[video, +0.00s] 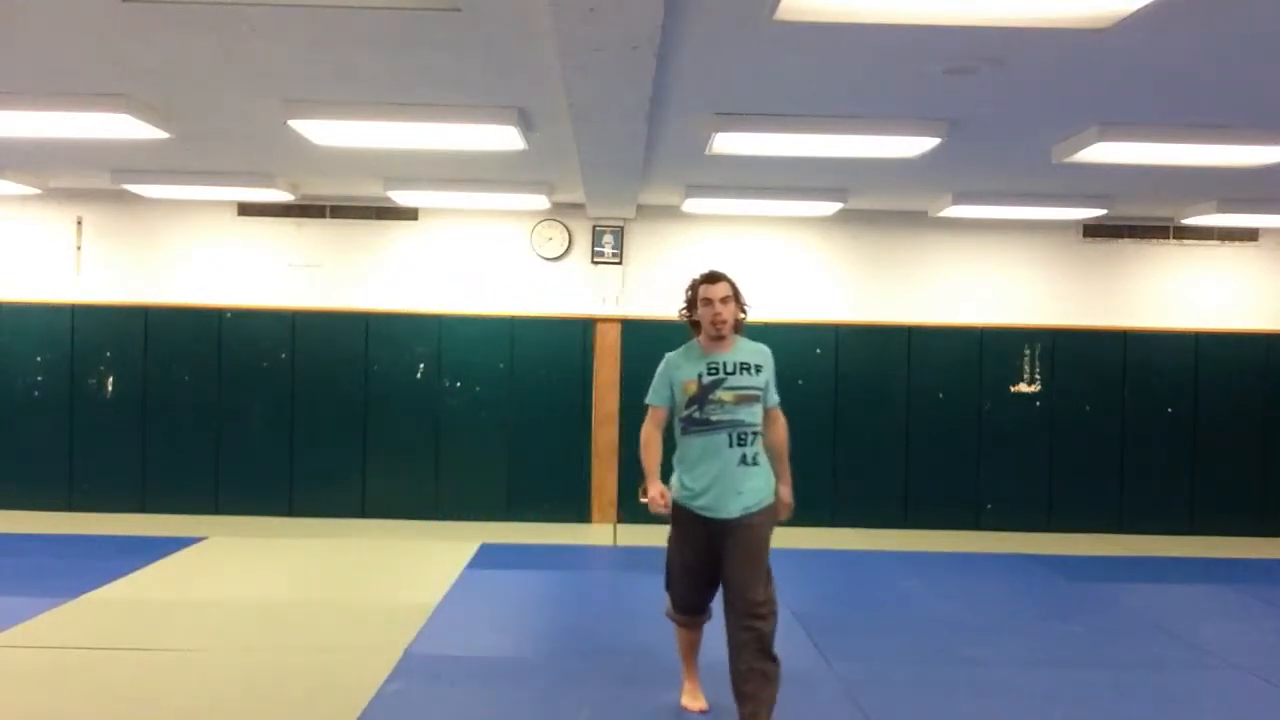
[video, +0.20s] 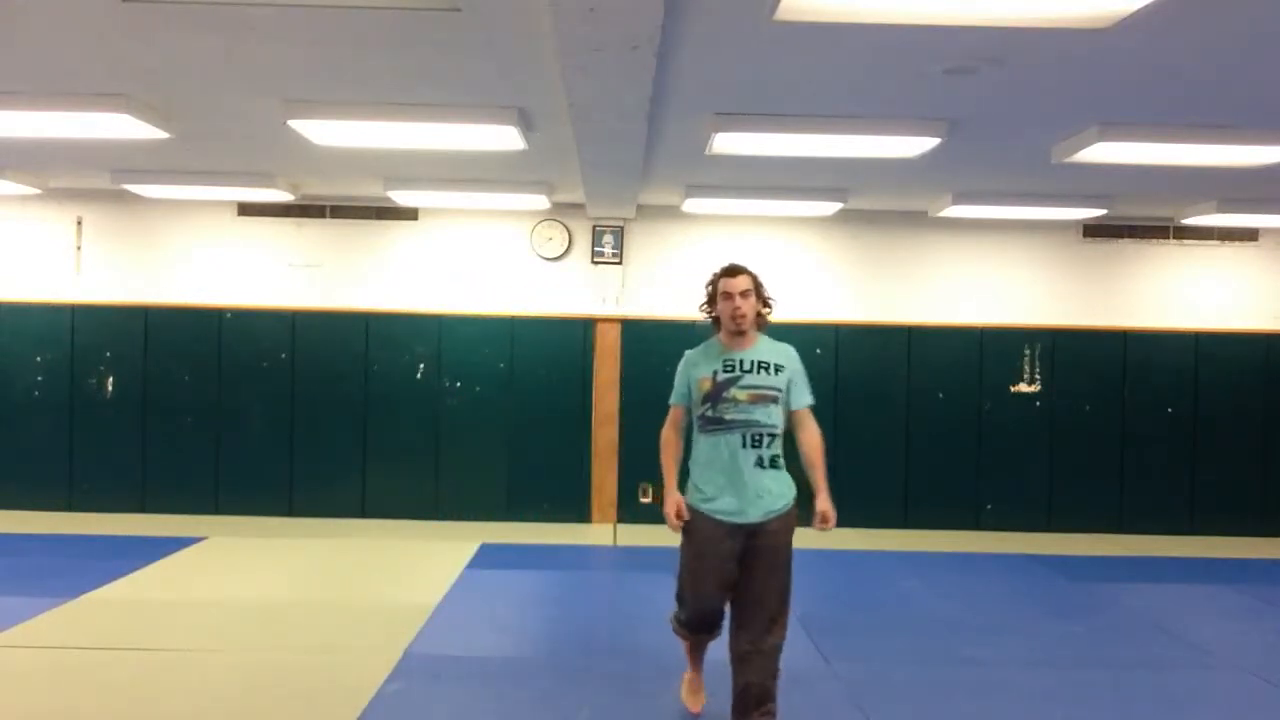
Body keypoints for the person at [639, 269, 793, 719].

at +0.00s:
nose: (717, 310)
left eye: (725, 301)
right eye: (707, 303)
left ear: (738, 307)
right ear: (695, 310)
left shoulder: (760, 356)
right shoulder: (675, 363)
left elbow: (773, 420)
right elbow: (652, 425)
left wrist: (783, 480)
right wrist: (653, 478)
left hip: (752, 503)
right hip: (693, 504)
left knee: (752, 613)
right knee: (688, 602)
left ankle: (756, 710)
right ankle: (690, 678)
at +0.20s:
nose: (737, 304)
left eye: (745, 295)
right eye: (728, 296)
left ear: (759, 302)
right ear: (714, 305)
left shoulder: (785, 357)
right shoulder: (694, 361)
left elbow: (805, 426)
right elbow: (674, 427)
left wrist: (821, 491)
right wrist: (670, 489)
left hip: (772, 509)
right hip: (709, 508)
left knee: (763, 629)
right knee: (699, 612)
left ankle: (757, 713)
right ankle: (695, 668)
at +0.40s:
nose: (741, 302)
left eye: (750, 292)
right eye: (731, 294)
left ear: (765, 299)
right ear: (718, 303)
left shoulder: (796, 353)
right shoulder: (702, 360)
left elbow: (823, 414)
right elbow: (687, 429)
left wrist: (828, 456)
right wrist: (681, 482)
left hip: (776, 515)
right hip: (711, 511)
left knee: (769, 627)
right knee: (706, 617)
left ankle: (758, 714)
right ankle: (706, 714)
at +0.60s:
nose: (729, 305)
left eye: (737, 294)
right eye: (718, 297)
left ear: (754, 301)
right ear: (706, 308)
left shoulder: (788, 355)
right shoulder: (694, 367)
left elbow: (818, 424)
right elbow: (685, 437)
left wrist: (797, 443)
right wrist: (681, 497)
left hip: (777, 526)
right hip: (710, 525)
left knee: (769, 651)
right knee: (713, 645)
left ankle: (759, 716)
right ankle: (711, 718)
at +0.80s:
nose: (712, 299)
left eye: (721, 287)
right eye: (701, 290)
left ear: (739, 294)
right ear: (689, 302)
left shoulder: (776, 346)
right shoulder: (677, 363)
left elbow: (804, 417)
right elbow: (670, 437)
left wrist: (773, 442)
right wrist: (672, 501)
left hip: (779, 526)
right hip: (706, 529)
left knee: (792, 639)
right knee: (710, 652)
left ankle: (771, 715)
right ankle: (709, 718)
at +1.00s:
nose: (713, 292)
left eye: (723, 281)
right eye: (702, 284)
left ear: (741, 290)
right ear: (690, 296)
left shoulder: (779, 341)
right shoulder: (680, 357)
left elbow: (811, 414)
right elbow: (672, 435)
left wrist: (774, 431)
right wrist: (674, 502)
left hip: (775, 523)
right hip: (703, 527)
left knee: (789, 648)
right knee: (709, 655)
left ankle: (794, 718)